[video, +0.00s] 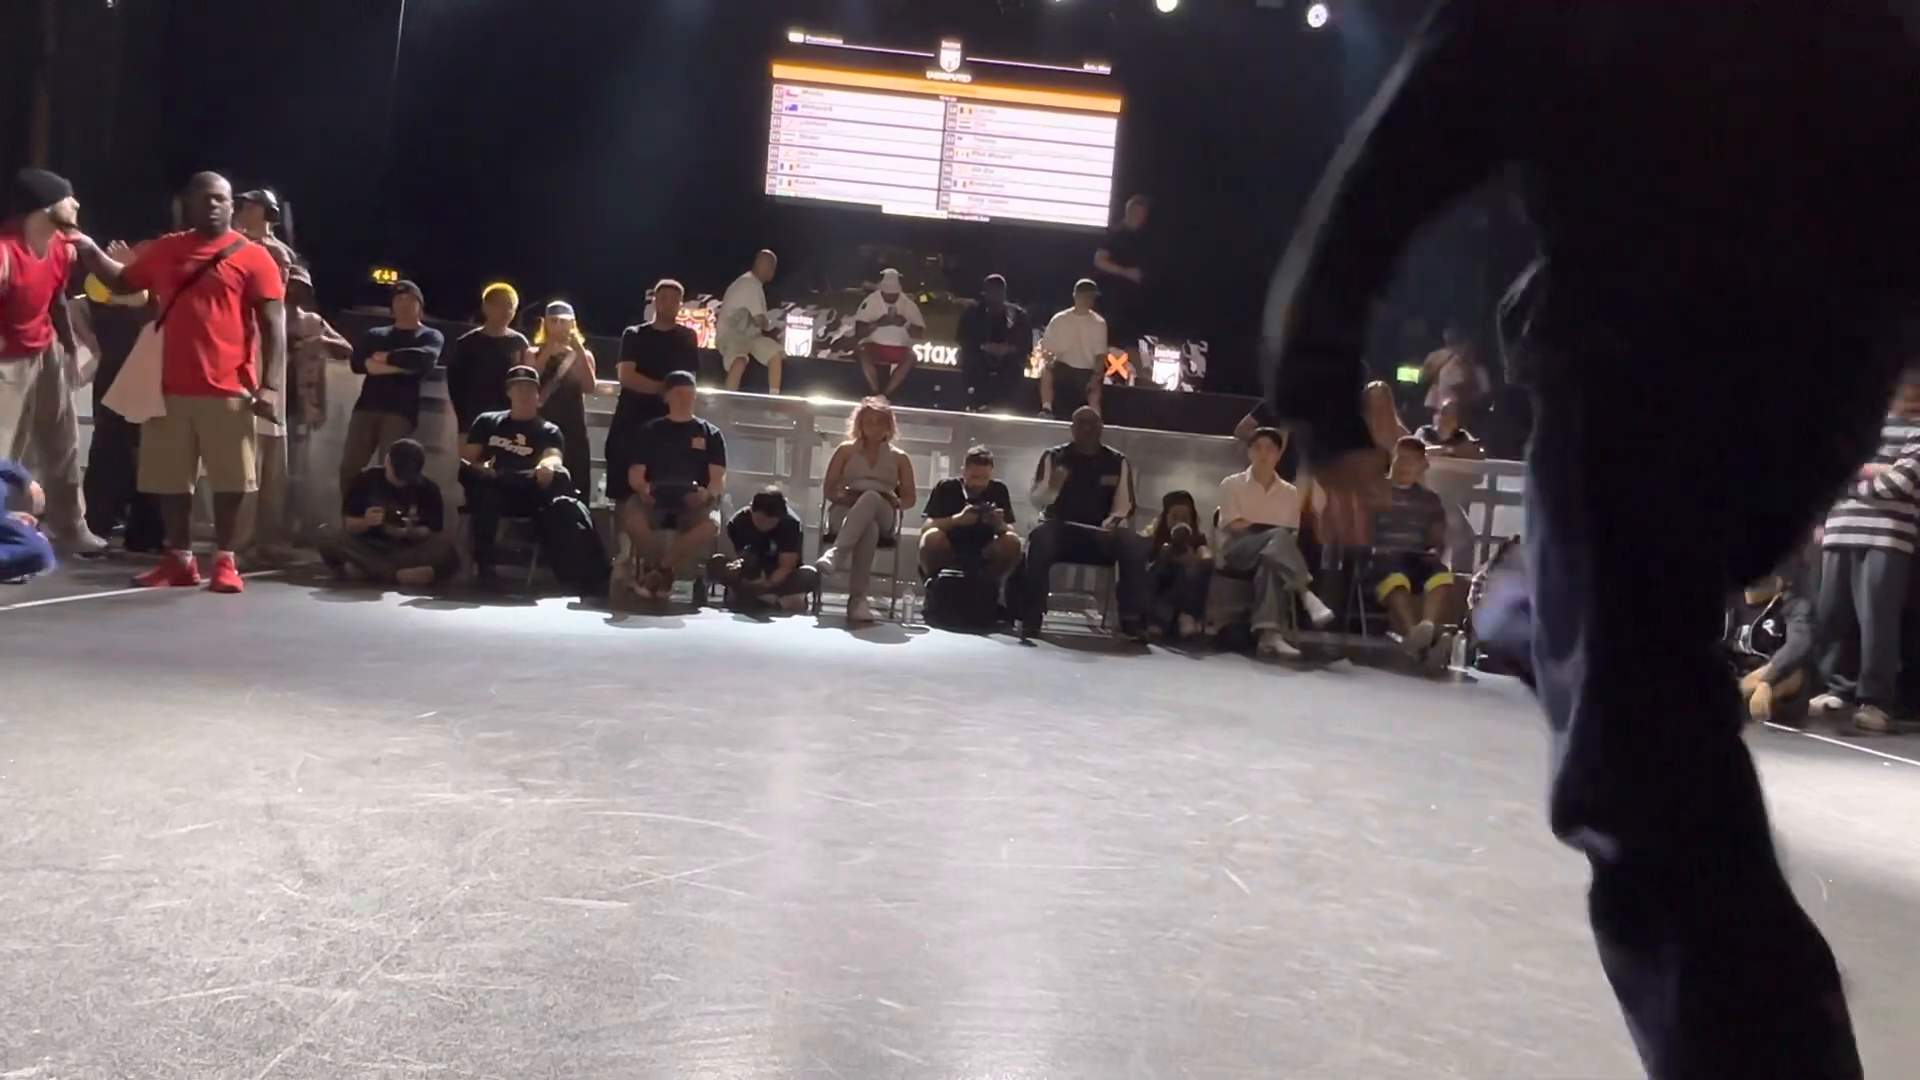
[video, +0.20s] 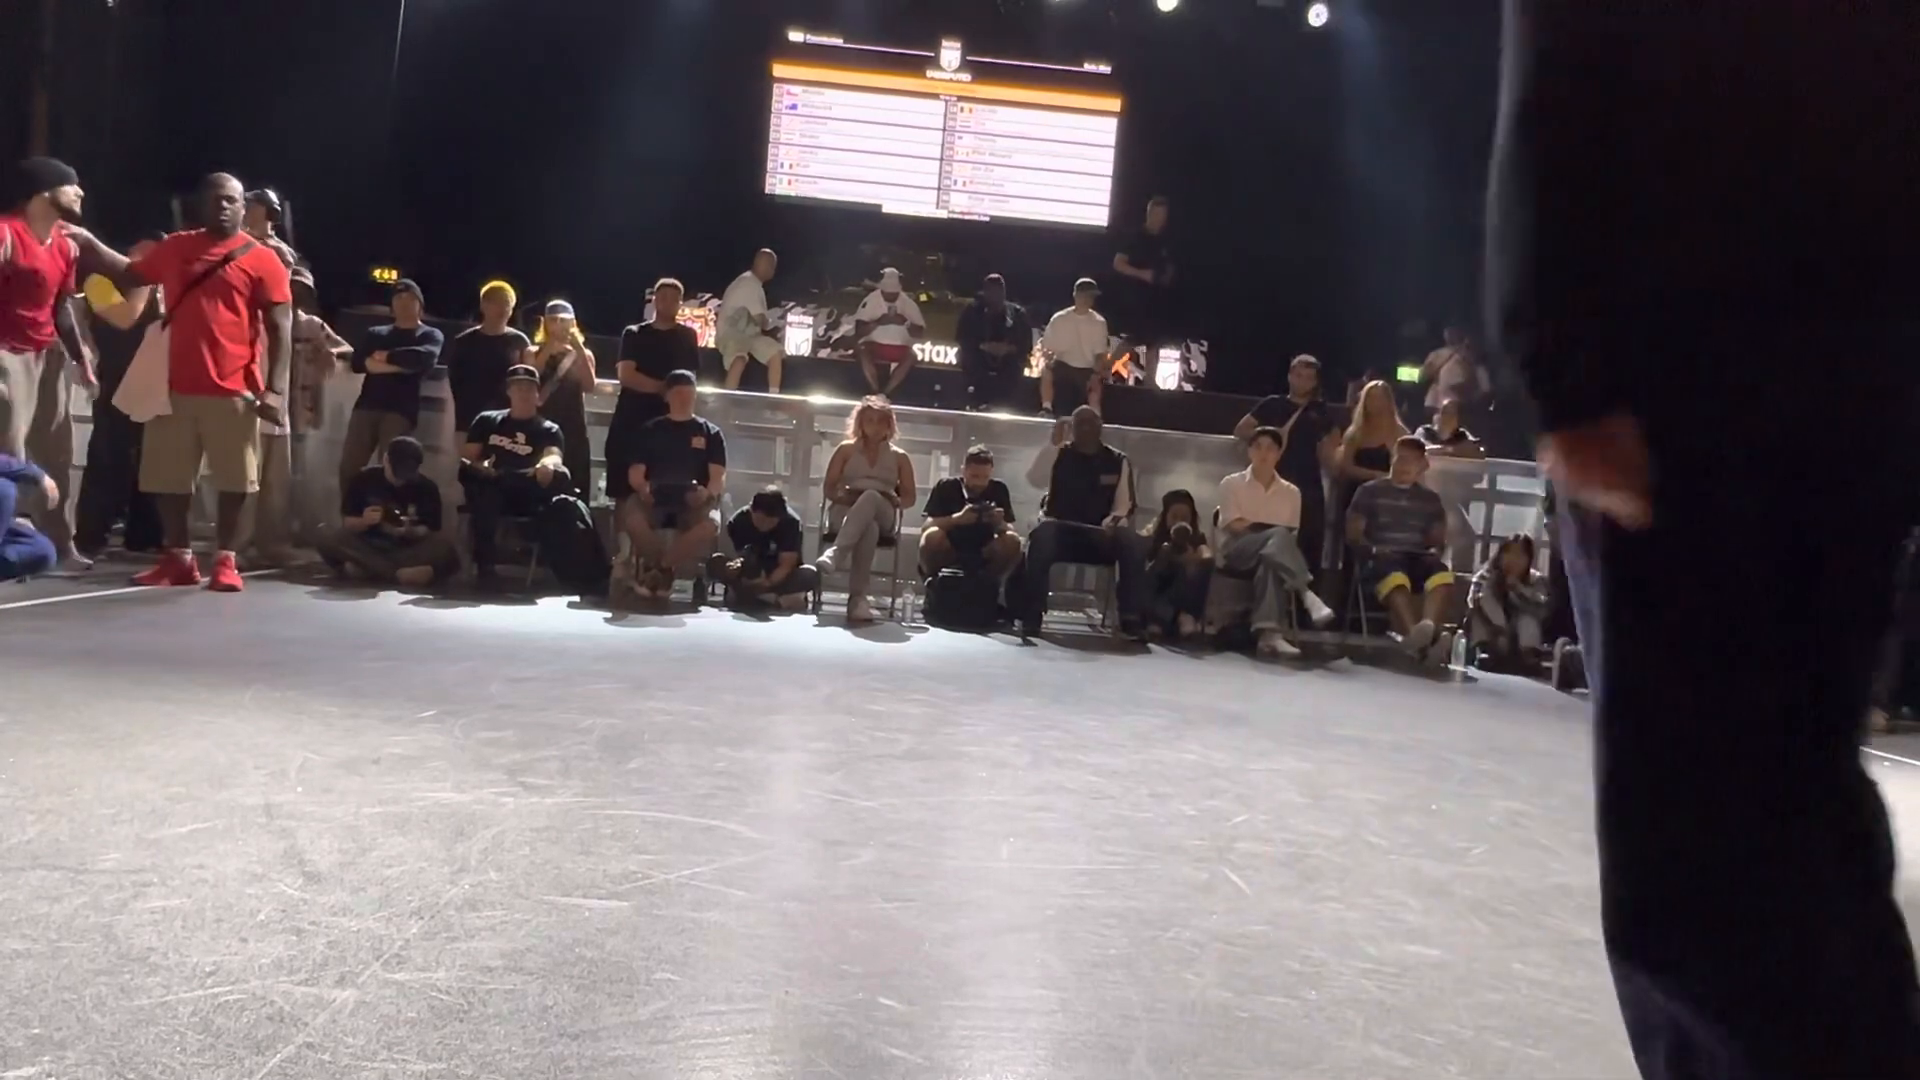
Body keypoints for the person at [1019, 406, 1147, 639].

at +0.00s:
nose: (1087, 429)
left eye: (1093, 423)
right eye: (1081, 423)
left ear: (1102, 428)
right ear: (1071, 428)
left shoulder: (1118, 462)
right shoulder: (1053, 457)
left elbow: (1123, 503)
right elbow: (1037, 500)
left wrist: (1114, 519)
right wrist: (1053, 486)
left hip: (1099, 535)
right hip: (1062, 533)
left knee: (1132, 541)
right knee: (1040, 536)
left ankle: (1132, 619)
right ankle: (1031, 619)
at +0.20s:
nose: (1085, 428)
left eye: (1091, 423)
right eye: (1080, 423)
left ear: (1101, 427)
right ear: (1071, 428)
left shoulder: (1118, 461)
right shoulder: (1058, 454)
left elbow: (1123, 502)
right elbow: (1035, 479)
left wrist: (1114, 518)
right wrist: (1053, 445)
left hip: (1100, 534)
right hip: (1062, 532)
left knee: (1132, 540)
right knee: (1042, 535)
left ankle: (1131, 619)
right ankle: (1031, 618)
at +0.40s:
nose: (1085, 429)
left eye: (1091, 423)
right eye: (1080, 424)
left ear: (1101, 429)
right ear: (1072, 429)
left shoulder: (1119, 462)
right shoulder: (1061, 455)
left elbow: (1124, 504)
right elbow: (1035, 465)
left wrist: (1115, 520)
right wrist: (1058, 431)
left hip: (1099, 534)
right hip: (1062, 532)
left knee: (1132, 542)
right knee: (1041, 537)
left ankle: (1131, 620)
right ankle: (1031, 620)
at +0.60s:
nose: (1086, 431)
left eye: (1091, 425)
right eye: (1080, 426)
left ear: (1101, 430)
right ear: (1072, 430)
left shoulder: (1120, 464)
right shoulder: (1061, 455)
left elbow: (1123, 506)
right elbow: (1036, 463)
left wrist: (1114, 521)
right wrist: (1057, 429)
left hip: (1099, 536)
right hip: (1061, 533)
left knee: (1131, 543)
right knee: (1042, 537)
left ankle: (1131, 621)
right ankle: (1031, 621)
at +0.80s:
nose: (1083, 431)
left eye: (1089, 426)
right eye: (1077, 426)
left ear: (1098, 431)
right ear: (1070, 431)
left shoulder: (1117, 465)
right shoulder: (1058, 456)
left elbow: (1120, 507)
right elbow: (1034, 465)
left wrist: (1110, 524)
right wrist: (1054, 432)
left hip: (1096, 537)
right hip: (1059, 535)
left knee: (1129, 544)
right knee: (1039, 537)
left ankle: (1128, 623)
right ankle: (1029, 622)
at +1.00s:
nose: (1082, 433)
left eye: (1087, 426)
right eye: (1077, 427)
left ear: (1097, 430)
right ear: (1068, 430)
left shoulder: (1114, 465)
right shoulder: (1054, 457)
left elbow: (1117, 506)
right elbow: (1030, 486)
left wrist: (1106, 523)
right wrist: (1045, 453)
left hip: (1092, 537)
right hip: (1056, 535)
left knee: (1124, 542)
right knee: (1036, 537)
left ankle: (1124, 621)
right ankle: (1025, 621)